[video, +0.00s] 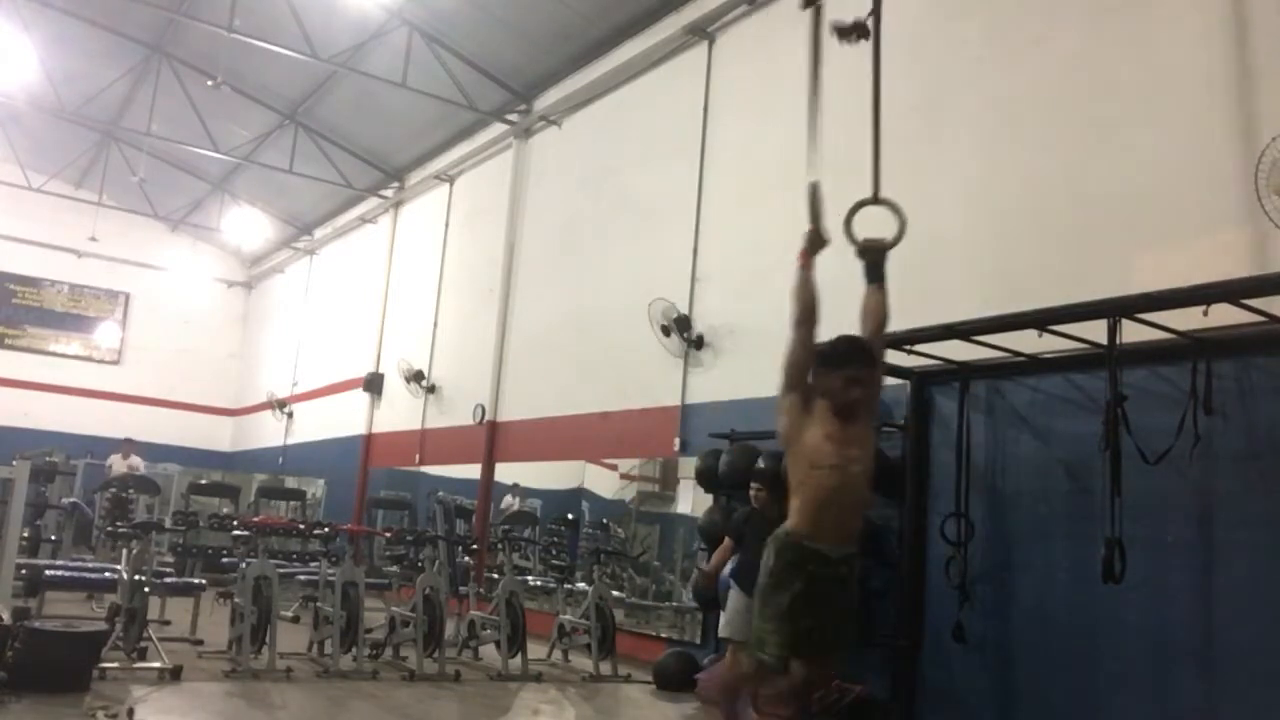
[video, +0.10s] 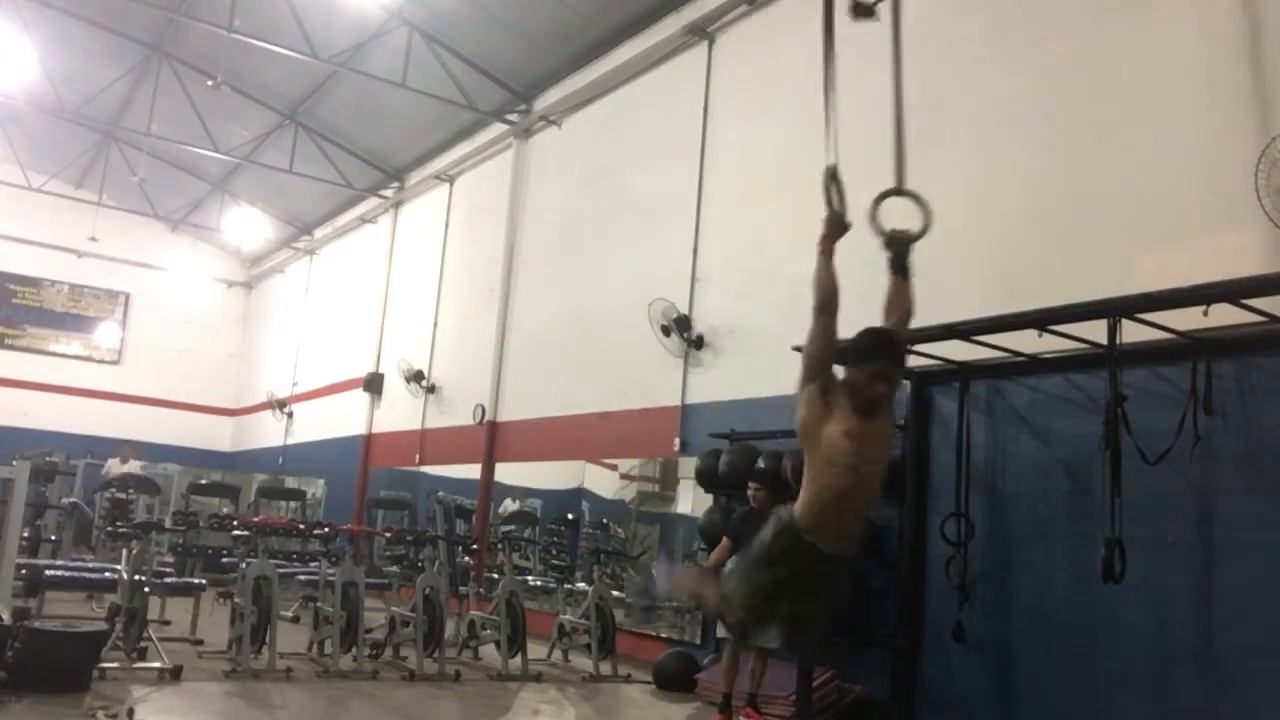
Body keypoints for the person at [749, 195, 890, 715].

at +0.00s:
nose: (859, 391)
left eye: (864, 382)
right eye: (849, 382)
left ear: (870, 383)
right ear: (822, 380)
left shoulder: (865, 414)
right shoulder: (798, 409)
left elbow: (875, 335)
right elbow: (803, 328)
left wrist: (874, 267)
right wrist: (805, 261)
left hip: (841, 564)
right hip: (792, 557)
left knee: (813, 675)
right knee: (763, 662)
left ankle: (762, 704)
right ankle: (714, 692)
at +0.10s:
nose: (879, 389)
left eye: (888, 380)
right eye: (872, 378)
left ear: (896, 382)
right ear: (849, 370)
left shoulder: (882, 406)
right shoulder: (820, 402)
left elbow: (897, 324)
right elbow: (824, 314)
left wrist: (899, 259)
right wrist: (827, 246)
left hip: (837, 560)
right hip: (792, 545)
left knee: (791, 633)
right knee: (733, 607)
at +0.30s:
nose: (901, 376)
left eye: (908, 366)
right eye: (894, 363)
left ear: (913, 364)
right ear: (870, 351)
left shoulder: (893, 385)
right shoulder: (830, 379)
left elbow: (926, 315)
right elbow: (835, 297)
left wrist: (935, 245)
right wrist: (845, 222)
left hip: (815, 521)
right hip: (774, 504)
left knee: (765, 582)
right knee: (699, 542)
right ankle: (663, 465)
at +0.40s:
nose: (896, 376)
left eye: (903, 367)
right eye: (889, 364)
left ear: (909, 365)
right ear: (863, 351)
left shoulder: (889, 386)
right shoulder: (824, 382)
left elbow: (920, 316)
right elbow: (831, 299)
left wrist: (928, 251)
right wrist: (839, 225)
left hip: (812, 524)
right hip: (771, 506)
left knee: (750, 582)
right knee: (698, 540)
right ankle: (657, 475)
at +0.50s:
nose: (882, 379)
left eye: (889, 370)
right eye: (873, 367)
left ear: (894, 370)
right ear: (848, 360)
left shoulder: (877, 395)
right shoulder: (816, 393)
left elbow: (903, 324)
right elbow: (820, 307)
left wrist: (908, 253)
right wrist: (827, 235)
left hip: (808, 541)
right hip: (767, 524)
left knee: (751, 593)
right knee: (704, 577)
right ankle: (654, 536)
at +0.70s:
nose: (818, 389)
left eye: (824, 381)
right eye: (810, 378)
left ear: (827, 384)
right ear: (786, 374)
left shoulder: (816, 415)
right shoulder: (759, 408)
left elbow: (834, 345)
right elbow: (769, 330)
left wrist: (836, 276)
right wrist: (774, 266)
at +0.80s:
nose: (772, 397)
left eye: (777, 389)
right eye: (764, 389)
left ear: (783, 389)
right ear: (742, 387)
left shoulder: (774, 421)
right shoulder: (722, 417)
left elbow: (791, 352)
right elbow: (725, 340)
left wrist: (798, 289)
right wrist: (731, 276)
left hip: (767, 541)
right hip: (730, 539)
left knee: (761, 634)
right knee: (726, 632)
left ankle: (752, 700)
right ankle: (723, 704)